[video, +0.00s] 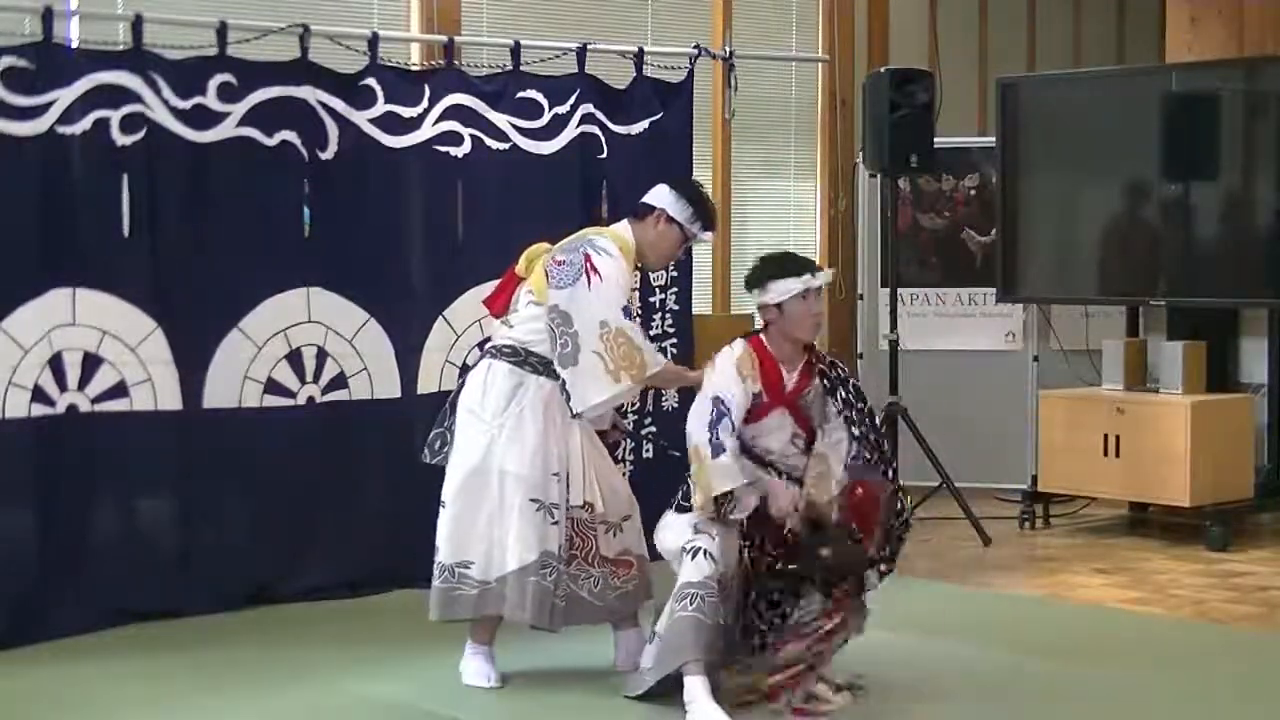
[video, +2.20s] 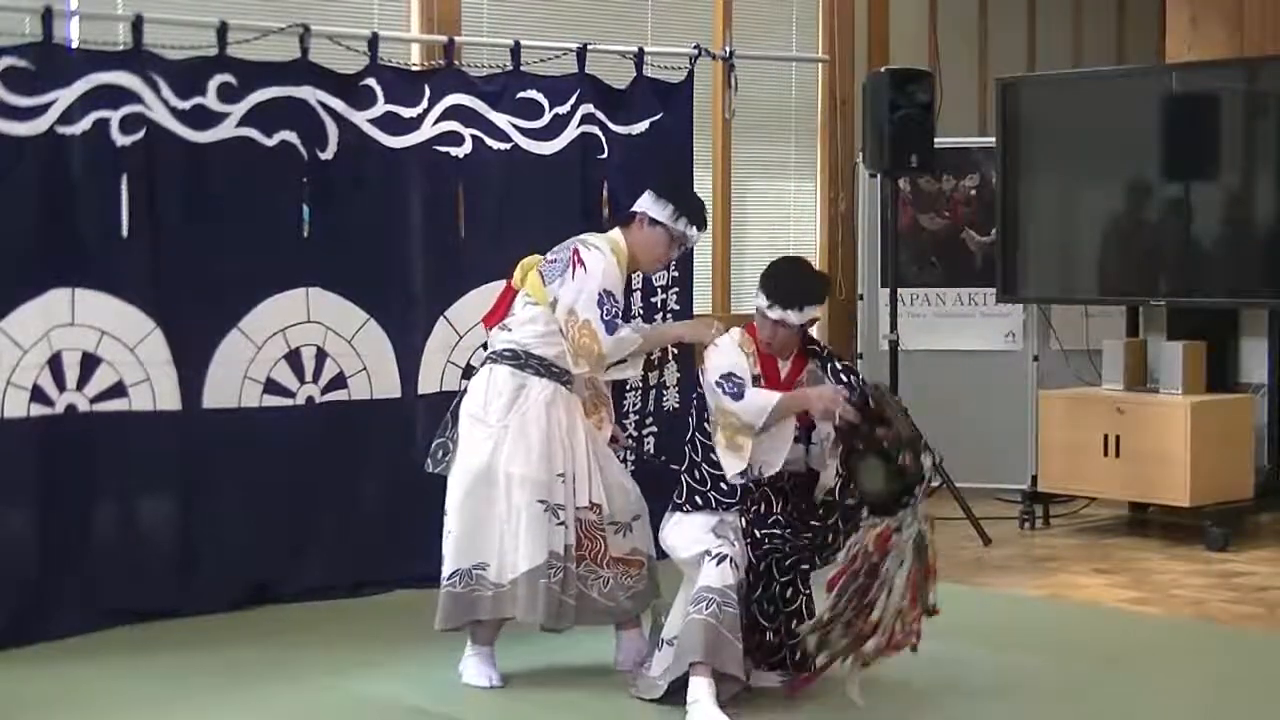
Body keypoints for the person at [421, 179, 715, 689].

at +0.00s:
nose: (682, 254)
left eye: (688, 246)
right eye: (684, 241)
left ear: (659, 222)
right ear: (658, 220)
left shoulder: (608, 258)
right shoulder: (600, 258)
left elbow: (581, 352)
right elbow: (622, 355)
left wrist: (598, 411)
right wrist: (695, 379)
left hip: (546, 396)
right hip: (512, 391)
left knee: (615, 509)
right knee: (506, 515)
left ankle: (631, 647)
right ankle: (478, 650)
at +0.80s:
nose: (651, 285)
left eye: (656, 277)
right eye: (652, 273)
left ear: (621, 252)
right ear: (631, 253)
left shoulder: (566, 276)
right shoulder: (592, 283)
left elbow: (546, 377)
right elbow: (651, 363)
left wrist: (586, 436)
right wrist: (703, 400)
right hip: (499, 403)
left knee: (604, 510)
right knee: (488, 525)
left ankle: (628, 642)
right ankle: (479, 650)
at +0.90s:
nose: (646, 290)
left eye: (651, 283)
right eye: (648, 277)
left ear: (621, 255)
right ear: (629, 256)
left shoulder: (559, 273)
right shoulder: (593, 283)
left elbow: (547, 380)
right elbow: (643, 341)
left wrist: (579, 433)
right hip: (501, 406)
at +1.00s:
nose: (644, 290)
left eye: (649, 282)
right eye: (646, 276)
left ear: (619, 255)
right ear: (627, 255)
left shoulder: (559, 274)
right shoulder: (594, 280)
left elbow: (543, 384)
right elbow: (656, 349)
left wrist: (581, 443)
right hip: (492, 403)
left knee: (593, 512)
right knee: (487, 526)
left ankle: (627, 643)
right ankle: (478, 653)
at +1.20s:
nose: (640, 280)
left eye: (646, 271)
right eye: (643, 266)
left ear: (613, 243)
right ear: (622, 245)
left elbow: (542, 370)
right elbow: (634, 353)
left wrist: (577, 432)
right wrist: (654, 408)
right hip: (498, 399)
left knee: (594, 510)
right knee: (488, 522)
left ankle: (627, 642)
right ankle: (478, 652)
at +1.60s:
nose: (661, 254)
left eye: (667, 244)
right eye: (661, 238)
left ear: (629, 221)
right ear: (630, 217)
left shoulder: (592, 263)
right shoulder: (580, 258)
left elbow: (564, 354)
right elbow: (590, 346)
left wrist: (591, 415)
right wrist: (668, 345)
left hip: (544, 400)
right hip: (503, 394)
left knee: (613, 504)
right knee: (498, 517)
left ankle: (631, 643)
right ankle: (478, 650)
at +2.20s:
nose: (672, 258)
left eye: (679, 249)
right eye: (673, 244)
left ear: (643, 227)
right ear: (644, 223)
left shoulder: (604, 263)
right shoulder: (595, 261)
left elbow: (587, 357)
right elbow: (595, 347)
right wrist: (678, 331)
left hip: (557, 405)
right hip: (515, 398)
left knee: (621, 506)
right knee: (500, 519)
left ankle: (633, 647)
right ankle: (479, 651)